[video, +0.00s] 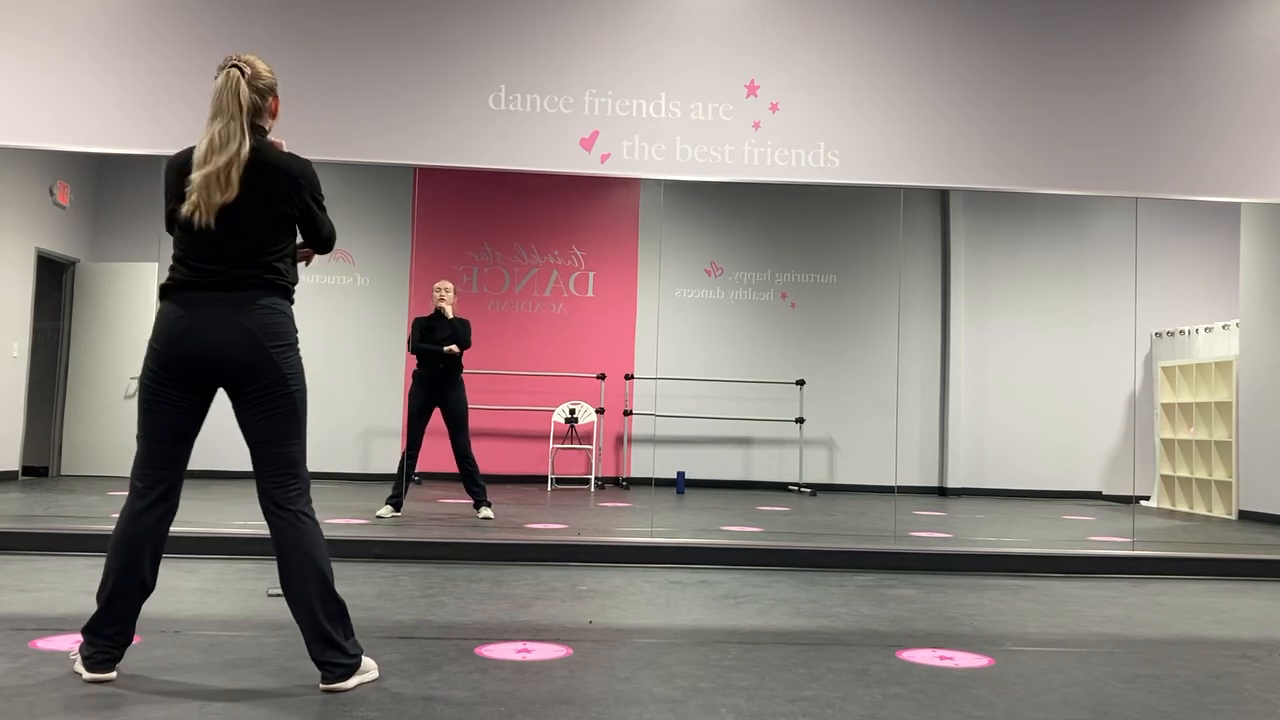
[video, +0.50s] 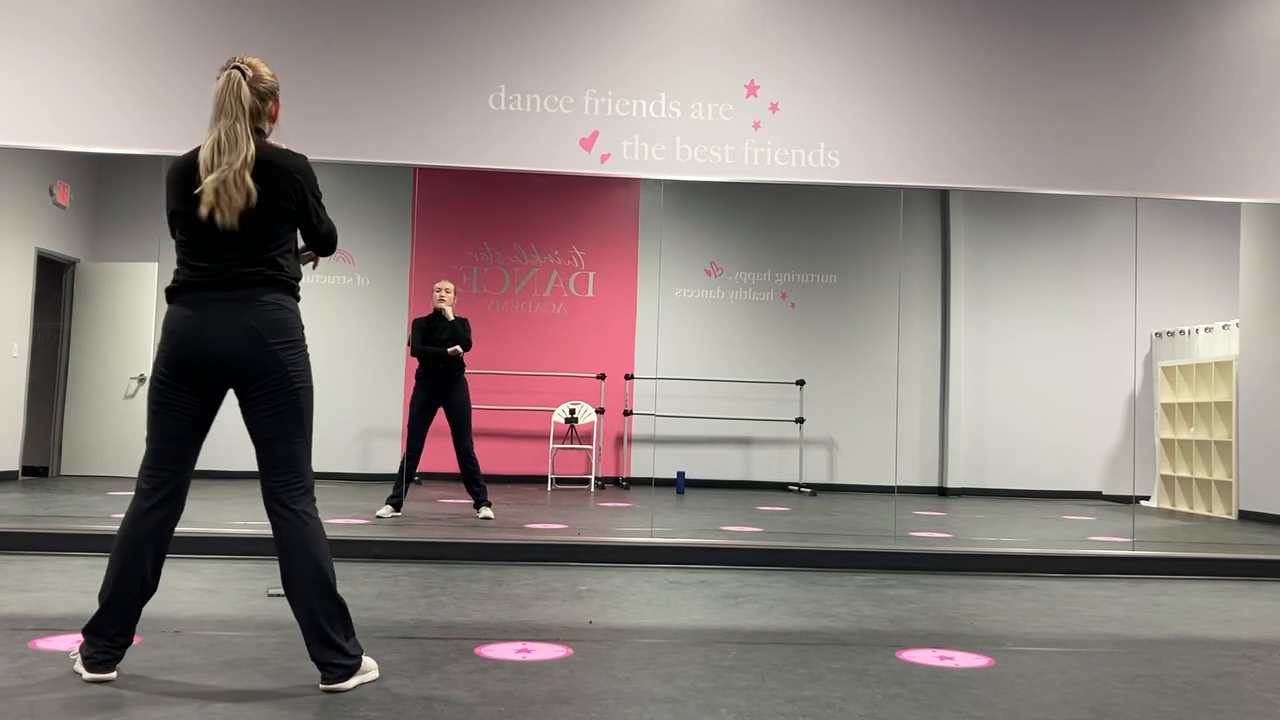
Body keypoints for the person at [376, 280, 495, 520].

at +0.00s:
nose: (441, 293)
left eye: (446, 290)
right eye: (438, 290)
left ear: (454, 298)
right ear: (432, 297)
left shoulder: (461, 324)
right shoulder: (420, 322)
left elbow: (465, 344)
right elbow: (414, 347)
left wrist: (451, 317)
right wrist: (443, 349)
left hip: (452, 388)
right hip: (423, 387)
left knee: (462, 447)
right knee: (411, 447)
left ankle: (482, 504)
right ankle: (394, 504)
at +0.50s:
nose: (442, 294)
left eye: (447, 291)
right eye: (439, 290)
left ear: (454, 298)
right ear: (431, 297)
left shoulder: (461, 323)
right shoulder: (420, 322)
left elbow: (466, 345)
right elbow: (415, 349)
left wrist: (451, 318)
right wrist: (446, 351)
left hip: (455, 389)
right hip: (426, 389)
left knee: (465, 448)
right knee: (412, 449)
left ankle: (482, 504)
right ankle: (394, 504)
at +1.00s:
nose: (443, 293)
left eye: (447, 290)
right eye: (439, 290)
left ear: (456, 298)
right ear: (433, 297)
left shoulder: (464, 323)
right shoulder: (422, 322)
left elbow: (466, 343)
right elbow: (415, 346)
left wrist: (452, 316)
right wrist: (443, 347)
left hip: (453, 388)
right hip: (423, 387)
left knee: (463, 448)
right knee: (412, 448)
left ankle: (482, 504)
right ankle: (394, 504)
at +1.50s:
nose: (443, 294)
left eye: (448, 291)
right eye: (440, 291)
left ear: (455, 298)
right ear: (433, 296)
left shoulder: (462, 323)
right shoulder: (421, 323)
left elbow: (468, 347)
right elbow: (416, 351)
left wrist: (453, 318)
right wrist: (449, 353)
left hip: (455, 390)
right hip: (426, 389)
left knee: (465, 447)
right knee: (413, 449)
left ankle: (482, 504)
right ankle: (394, 504)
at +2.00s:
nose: (441, 294)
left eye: (447, 291)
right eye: (438, 291)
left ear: (455, 298)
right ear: (432, 296)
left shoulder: (462, 322)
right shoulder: (421, 322)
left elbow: (466, 341)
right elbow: (416, 347)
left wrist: (450, 316)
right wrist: (446, 348)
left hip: (453, 389)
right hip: (424, 389)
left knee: (463, 448)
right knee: (412, 449)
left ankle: (482, 504)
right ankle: (394, 504)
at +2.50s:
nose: (439, 294)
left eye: (445, 291)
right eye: (436, 291)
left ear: (453, 298)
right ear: (430, 297)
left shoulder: (460, 323)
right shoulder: (420, 322)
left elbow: (464, 342)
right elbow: (415, 349)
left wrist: (448, 317)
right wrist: (444, 348)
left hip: (455, 389)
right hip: (425, 389)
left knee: (465, 447)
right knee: (412, 448)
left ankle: (482, 504)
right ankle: (394, 504)